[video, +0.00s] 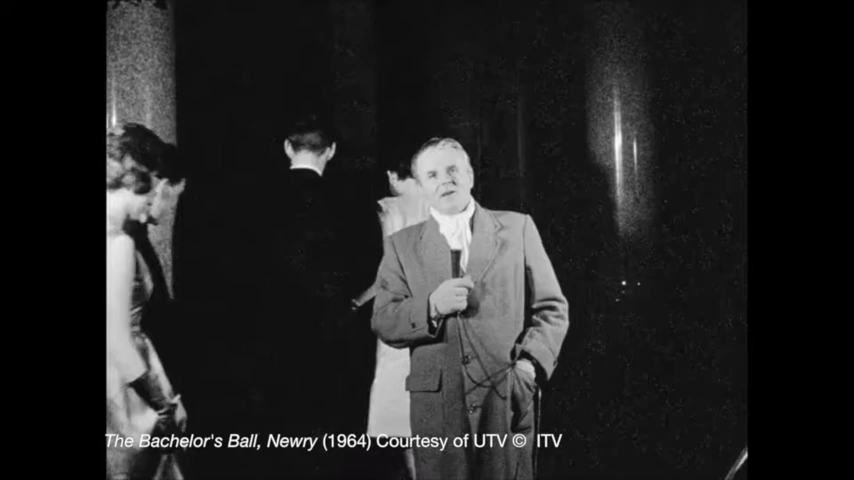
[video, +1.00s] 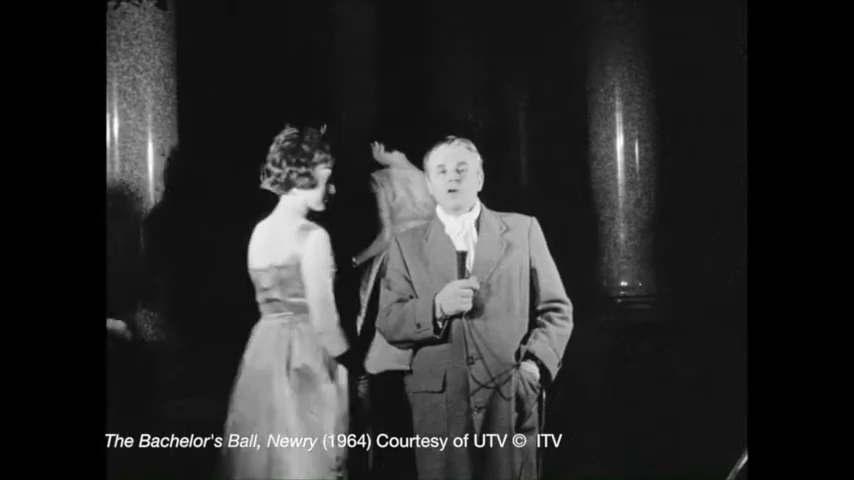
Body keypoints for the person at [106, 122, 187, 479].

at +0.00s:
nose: (153, 205)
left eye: (155, 194)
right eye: (150, 193)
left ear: (131, 184)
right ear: (130, 186)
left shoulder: (125, 240)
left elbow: (137, 331)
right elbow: (117, 340)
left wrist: (167, 394)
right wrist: (164, 404)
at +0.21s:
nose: (190, 212)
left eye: (194, 202)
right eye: (190, 201)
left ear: (146, 184)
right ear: (173, 188)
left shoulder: (113, 236)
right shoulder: (159, 247)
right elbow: (159, 337)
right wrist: (203, 400)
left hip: (113, 359)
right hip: (148, 365)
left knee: (120, 457)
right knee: (158, 461)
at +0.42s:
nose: (229, 207)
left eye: (231, 196)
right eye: (228, 195)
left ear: (186, 184)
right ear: (211, 188)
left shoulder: (152, 238)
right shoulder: (202, 246)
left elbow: (159, 318)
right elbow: (206, 331)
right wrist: (248, 400)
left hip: (154, 356)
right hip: (192, 362)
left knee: (157, 462)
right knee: (200, 461)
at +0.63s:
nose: (272, 189)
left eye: (272, 179)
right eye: (268, 178)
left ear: (237, 173)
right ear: (244, 174)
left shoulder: (194, 229)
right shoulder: (237, 233)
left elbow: (204, 308)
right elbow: (241, 320)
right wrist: (282, 376)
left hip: (197, 347)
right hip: (232, 353)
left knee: (203, 454)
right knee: (241, 457)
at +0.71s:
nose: (286, 188)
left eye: (286, 177)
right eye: (282, 176)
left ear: (251, 173)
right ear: (256, 173)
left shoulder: (209, 229)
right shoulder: (251, 232)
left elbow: (219, 309)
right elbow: (254, 320)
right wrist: (297, 373)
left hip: (212, 348)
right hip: (247, 354)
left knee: (216, 457)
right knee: (256, 458)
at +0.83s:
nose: (305, 190)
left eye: (305, 179)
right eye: (301, 178)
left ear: (271, 178)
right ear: (275, 177)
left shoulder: (229, 232)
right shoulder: (278, 235)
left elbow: (239, 307)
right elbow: (280, 318)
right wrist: (320, 373)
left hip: (231, 349)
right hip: (269, 353)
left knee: (236, 453)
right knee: (276, 455)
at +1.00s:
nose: (330, 189)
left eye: (330, 180)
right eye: (325, 181)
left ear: (292, 180)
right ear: (301, 181)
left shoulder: (260, 233)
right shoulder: (313, 237)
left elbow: (267, 305)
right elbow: (323, 319)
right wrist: (347, 359)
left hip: (265, 346)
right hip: (305, 351)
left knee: (265, 448)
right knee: (308, 454)